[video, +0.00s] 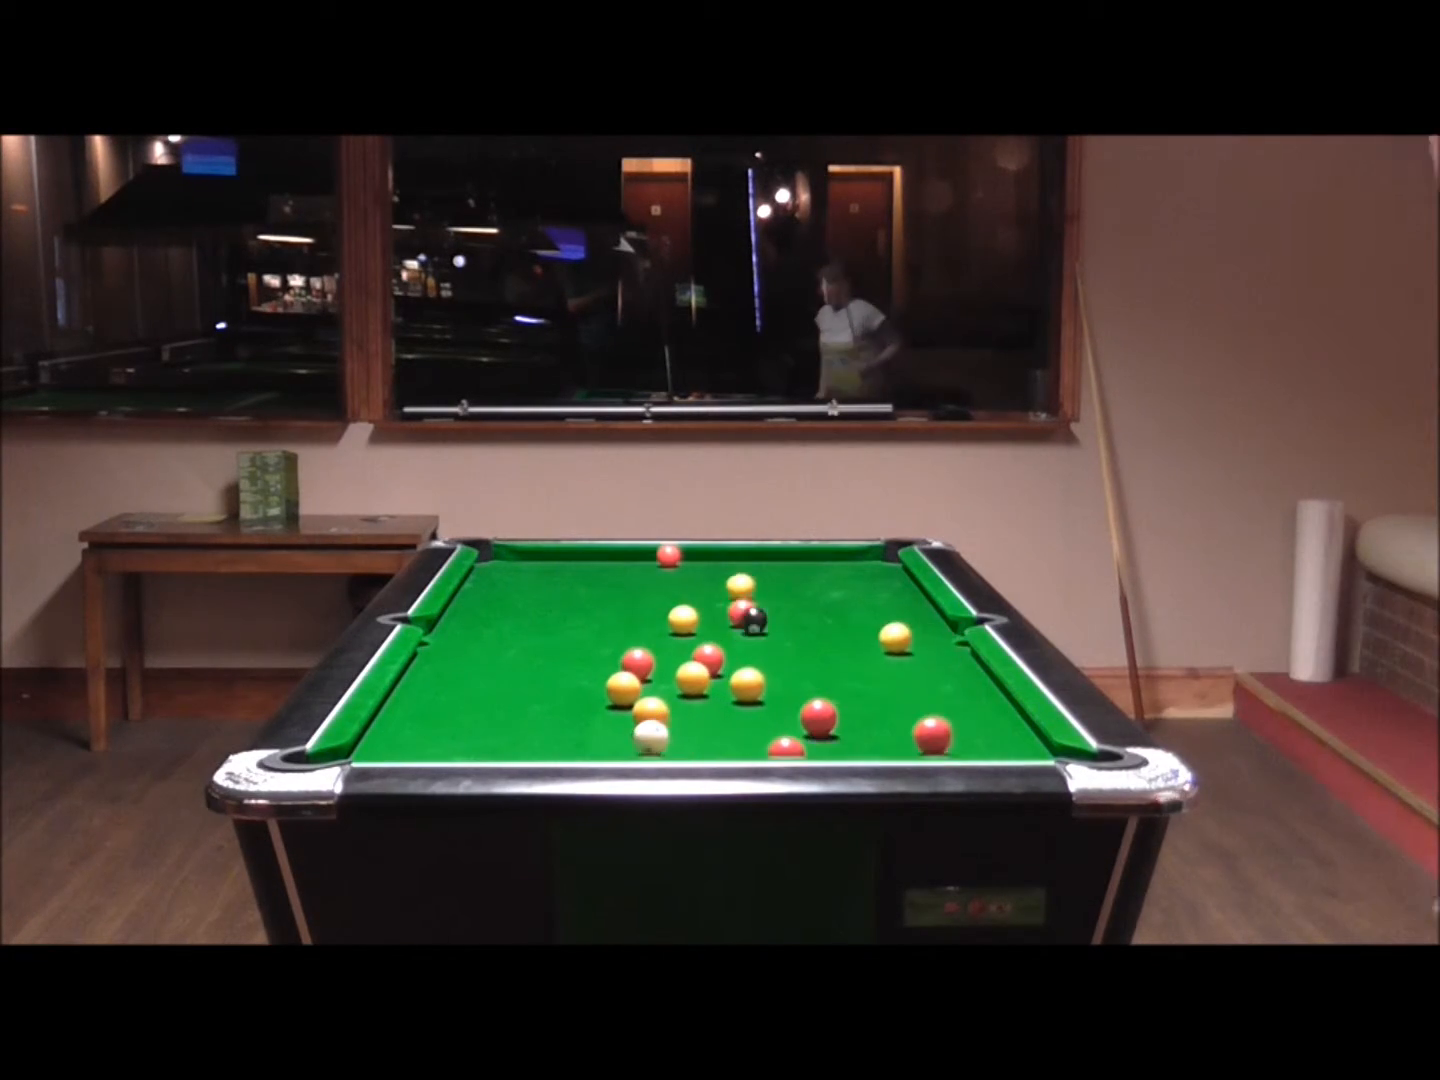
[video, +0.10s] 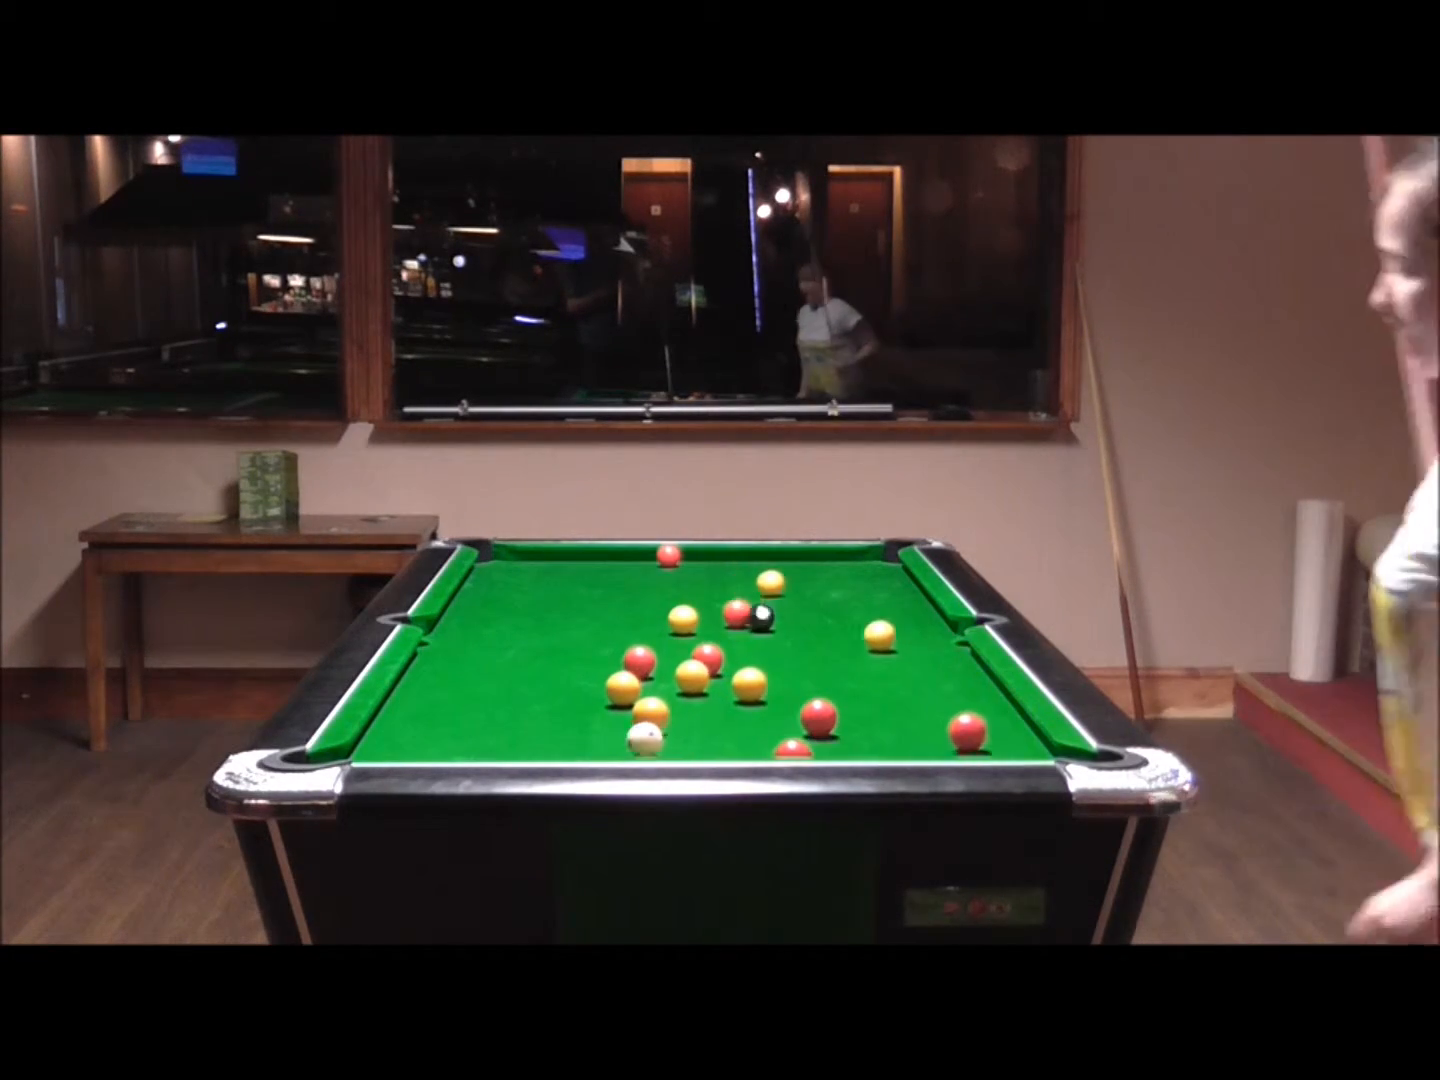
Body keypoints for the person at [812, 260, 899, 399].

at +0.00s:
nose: (826, 291)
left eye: (831, 285)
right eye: (824, 286)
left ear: (843, 286)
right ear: (821, 288)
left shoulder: (861, 310)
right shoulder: (823, 314)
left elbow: (895, 342)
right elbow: (825, 357)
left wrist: (870, 365)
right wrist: (823, 390)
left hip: (861, 392)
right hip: (832, 391)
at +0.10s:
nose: (804, 288)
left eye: (809, 282)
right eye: (802, 283)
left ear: (822, 284)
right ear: (801, 286)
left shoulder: (838, 309)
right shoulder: (803, 313)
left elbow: (871, 343)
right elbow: (806, 357)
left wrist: (847, 362)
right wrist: (804, 391)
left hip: (841, 389)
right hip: (814, 389)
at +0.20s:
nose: (793, 291)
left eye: (797, 286)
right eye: (791, 287)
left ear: (810, 284)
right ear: (788, 287)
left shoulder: (824, 307)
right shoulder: (791, 312)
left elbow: (856, 341)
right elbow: (795, 356)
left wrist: (832, 358)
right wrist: (790, 389)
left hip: (825, 387)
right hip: (800, 388)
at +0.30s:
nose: (776, 294)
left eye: (779, 288)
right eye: (773, 289)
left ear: (790, 283)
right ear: (770, 288)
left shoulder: (802, 304)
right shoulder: (773, 311)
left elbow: (836, 338)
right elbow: (777, 354)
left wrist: (813, 355)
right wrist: (769, 384)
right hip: (783, 385)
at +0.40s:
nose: (758, 287)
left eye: (763, 282)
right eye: (756, 282)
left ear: (777, 283)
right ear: (754, 284)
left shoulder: (789, 304)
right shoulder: (759, 309)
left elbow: (822, 339)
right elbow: (764, 353)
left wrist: (799, 356)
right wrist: (752, 383)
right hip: (772, 389)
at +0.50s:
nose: (738, 288)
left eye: (744, 282)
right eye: (736, 283)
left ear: (758, 285)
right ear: (734, 286)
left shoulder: (768, 309)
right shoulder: (738, 315)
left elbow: (800, 342)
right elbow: (736, 354)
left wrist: (780, 358)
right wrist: (726, 380)